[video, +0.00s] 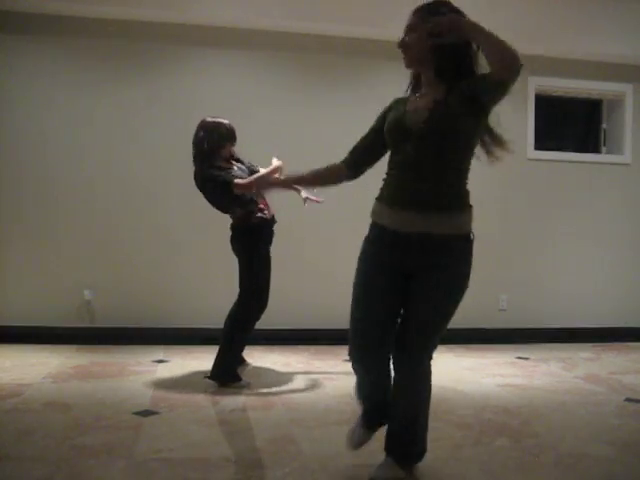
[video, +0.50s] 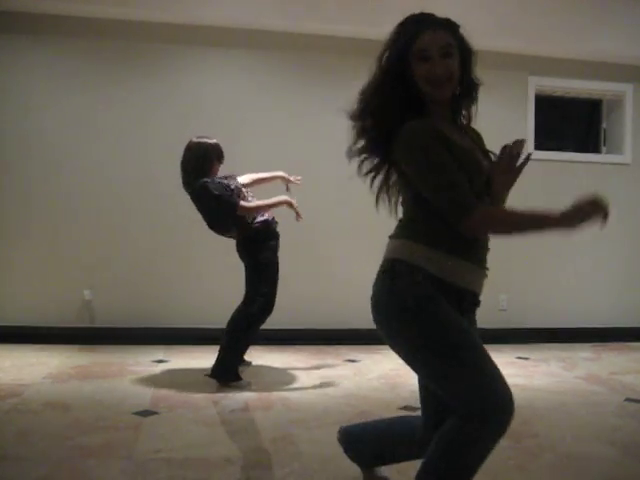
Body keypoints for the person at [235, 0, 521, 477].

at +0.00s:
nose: (401, 42)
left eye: (412, 34)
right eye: (403, 34)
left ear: (441, 41)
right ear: (412, 45)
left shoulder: (469, 98)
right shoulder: (399, 110)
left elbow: (510, 66)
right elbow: (350, 167)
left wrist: (467, 26)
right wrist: (281, 181)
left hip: (443, 245)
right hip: (386, 238)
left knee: (413, 352)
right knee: (365, 342)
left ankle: (404, 457)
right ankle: (376, 409)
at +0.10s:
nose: (402, 34)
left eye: (413, 24)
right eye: (399, 26)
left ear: (443, 33)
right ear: (397, 39)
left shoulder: (470, 98)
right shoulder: (388, 106)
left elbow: (496, 116)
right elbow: (358, 166)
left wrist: (483, 48)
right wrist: (323, 209)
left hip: (451, 244)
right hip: (390, 238)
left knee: (423, 355)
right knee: (389, 349)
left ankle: (397, 457)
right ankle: (358, 456)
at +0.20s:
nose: (410, 36)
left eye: (421, 25)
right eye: (402, 29)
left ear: (446, 34)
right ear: (393, 42)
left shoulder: (474, 105)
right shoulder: (386, 104)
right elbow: (394, 172)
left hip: (453, 251)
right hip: (394, 247)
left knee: (438, 369)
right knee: (420, 361)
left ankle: (387, 446)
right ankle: (390, 471)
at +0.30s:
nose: (418, 50)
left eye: (428, 38)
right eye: (406, 42)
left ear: (447, 48)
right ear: (393, 54)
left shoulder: (463, 122)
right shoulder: (392, 114)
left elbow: (485, 208)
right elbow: (448, 171)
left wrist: (474, 154)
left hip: (454, 268)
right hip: (398, 266)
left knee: (447, 379)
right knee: (455, 374)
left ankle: (389, 437)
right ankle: (422, 473)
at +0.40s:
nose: (427, 58)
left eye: (437, 46)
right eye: (414, 49)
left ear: (454, 55)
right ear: (399, 61)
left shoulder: (461, 129)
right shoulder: (403, 123)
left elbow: (483, 220)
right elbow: (473, 189)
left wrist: (481, 202)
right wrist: (566, 182)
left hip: (454, 285)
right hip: (404, 282)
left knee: (444, 421)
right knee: (477, 395)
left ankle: (374, 438)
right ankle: (428, 476)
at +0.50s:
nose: (439, 68)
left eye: (447, 54)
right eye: (424, 59)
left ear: (461, 62)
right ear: (407, 71)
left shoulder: (465, 135)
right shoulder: (416, 135)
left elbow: (476, 218)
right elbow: (474, 219)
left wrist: (499, 186)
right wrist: (561, 220)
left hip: (453, 296)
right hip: (412, 293)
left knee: (441, 433)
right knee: (489, 407)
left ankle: (359, 442)